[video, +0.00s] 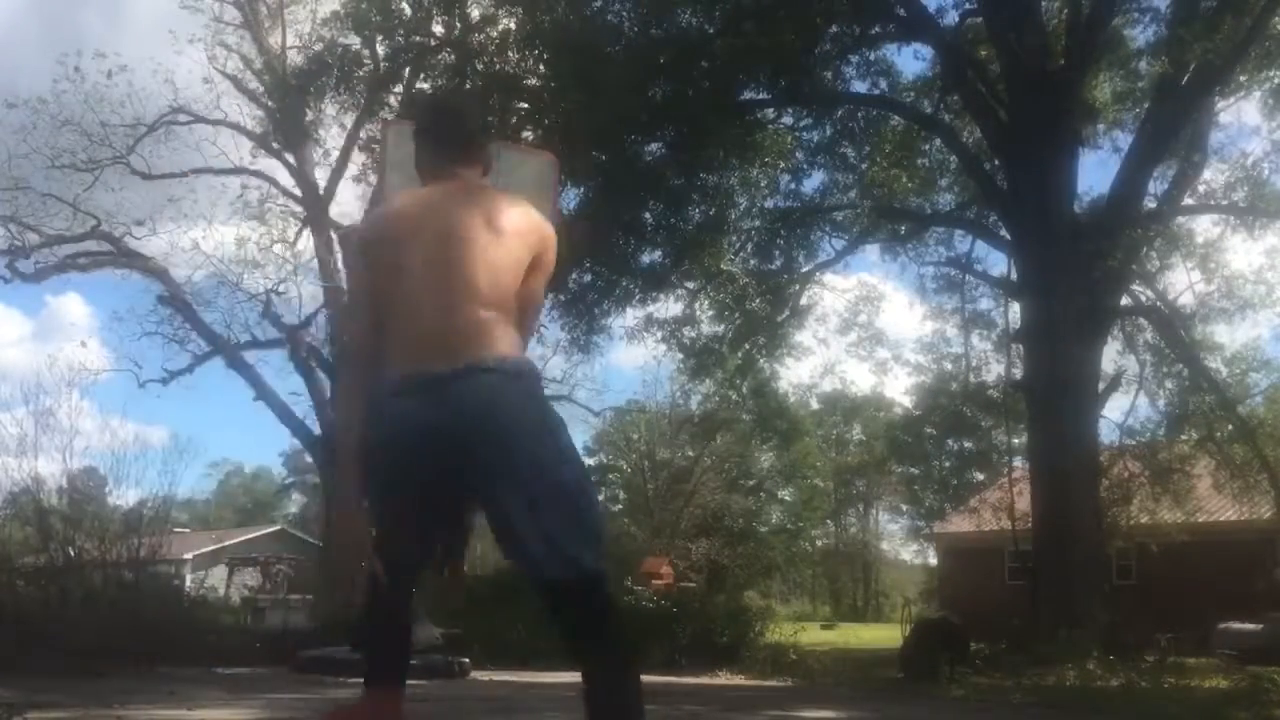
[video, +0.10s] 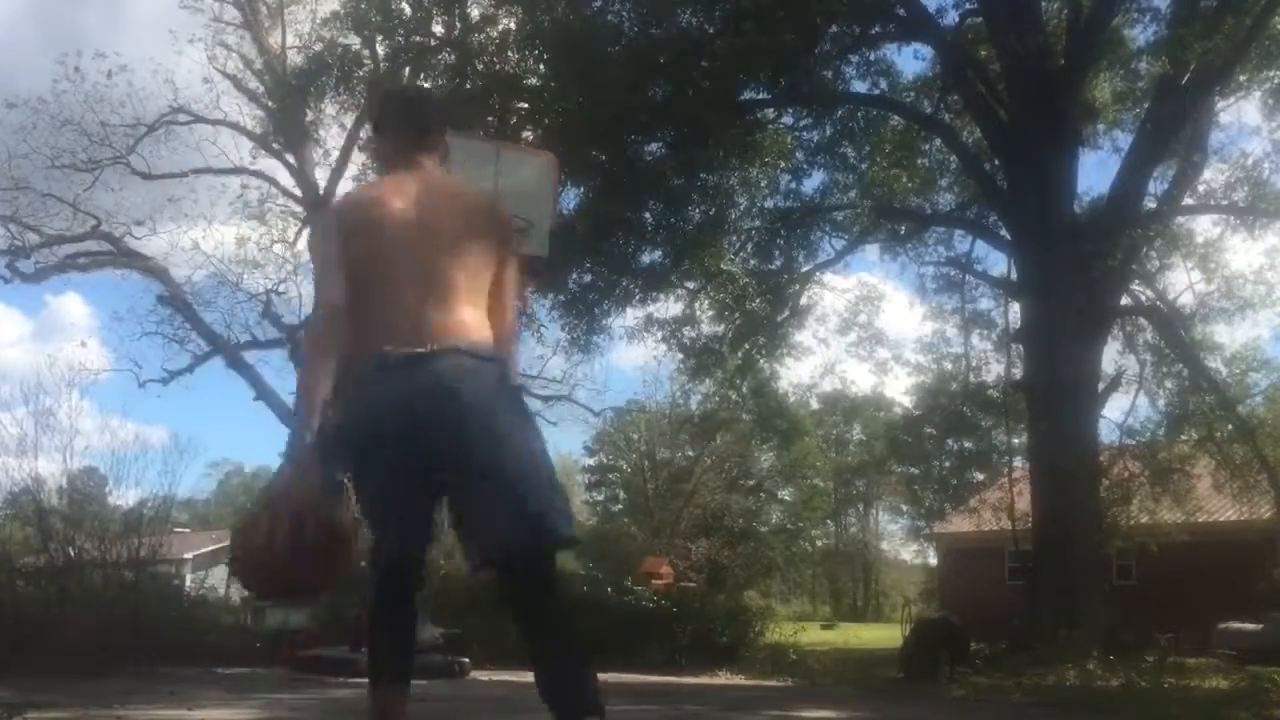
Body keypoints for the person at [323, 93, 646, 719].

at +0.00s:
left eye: (426, 156)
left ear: (420, 158)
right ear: (484, 156)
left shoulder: (377, 225)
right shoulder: (532, 225)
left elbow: (362, 343)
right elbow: (520, 332)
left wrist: (351, 446)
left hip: (405, 414)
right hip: (504, 408)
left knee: (395, 567)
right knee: (574, 573)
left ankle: (381, 701)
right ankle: (616, 705)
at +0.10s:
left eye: (375, 141)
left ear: (376, 144)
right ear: (441, 142)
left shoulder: (339, 215)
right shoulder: (489, 209)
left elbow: (330, 322)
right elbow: (503, 325)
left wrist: (305, 442)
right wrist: (498, 400)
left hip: (377, 400)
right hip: (474, 393)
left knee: (395, 568)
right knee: (531, 575)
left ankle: (387, 708)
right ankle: (580, 708)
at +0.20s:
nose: (341, 115)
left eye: (341, 104)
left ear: (342, 106)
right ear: (406, 106)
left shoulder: (312, 164)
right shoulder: (454, 172)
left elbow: (312, 234)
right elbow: (481, 287)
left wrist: (256, 344)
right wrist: (492, 386)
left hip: (352, 354)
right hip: (443, 353)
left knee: (373, 545)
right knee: (458, 540)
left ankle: (379, 704)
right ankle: (462, 700)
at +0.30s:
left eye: (308, 80)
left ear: (311, 80)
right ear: (378, 86)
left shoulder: (289, 122)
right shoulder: (420, 147)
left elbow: (286, 169)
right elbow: (453, 259)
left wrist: (182, 259)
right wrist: (466, 366)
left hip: (313, 320)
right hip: (398, 322)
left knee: (333, 505)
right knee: (396, 502)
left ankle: (339, 685)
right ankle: (353, 660)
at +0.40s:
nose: (275, 104)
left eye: (278, 93)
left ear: (285, 92)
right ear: (348, 98)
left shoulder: (264, 138)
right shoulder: (392, 161)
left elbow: (187, 185)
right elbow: (417, 254)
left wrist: (116, 238)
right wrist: (422, 368)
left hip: (272, 331)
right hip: (355, 337)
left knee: (283, 521)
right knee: (346, 533)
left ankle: (250, 692)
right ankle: (284, 696)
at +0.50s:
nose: (262, 137)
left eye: (261, 126)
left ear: (262, 132)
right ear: (320, 134)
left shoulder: (228, 190)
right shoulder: (357, 196)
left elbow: (158, 253)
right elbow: (368, 299)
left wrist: (94, 321)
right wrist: (357, 392)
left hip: (235, 371)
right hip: (313, 376)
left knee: (222, 542)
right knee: (318, 564)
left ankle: (152, 692)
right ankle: (259, 707)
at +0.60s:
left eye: (233, 192)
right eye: (283, 191)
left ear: (229, 198)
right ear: (286, 196)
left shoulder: (192, 262)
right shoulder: (323, 257)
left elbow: (140, 360)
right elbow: (319, 356)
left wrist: (111, 465)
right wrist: (302, 431)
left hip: (181, 442)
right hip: (263, 445)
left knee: (143, 595)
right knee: (306, 617)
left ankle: (85, 707)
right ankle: (242, 712)